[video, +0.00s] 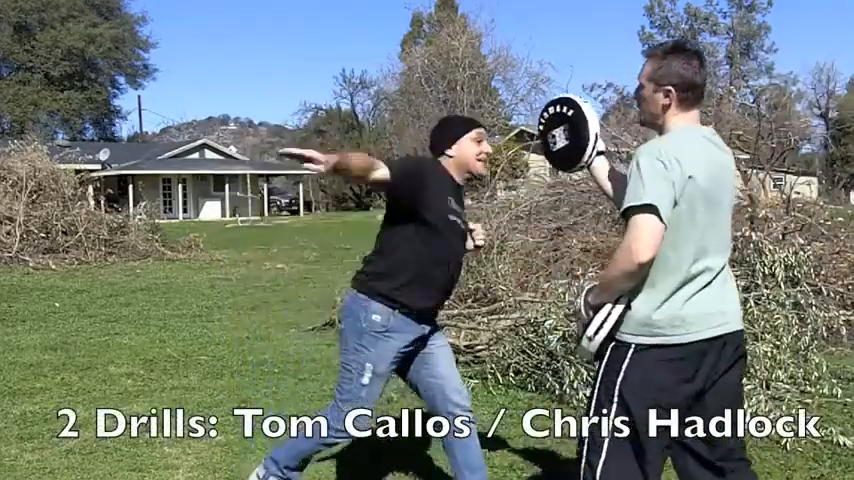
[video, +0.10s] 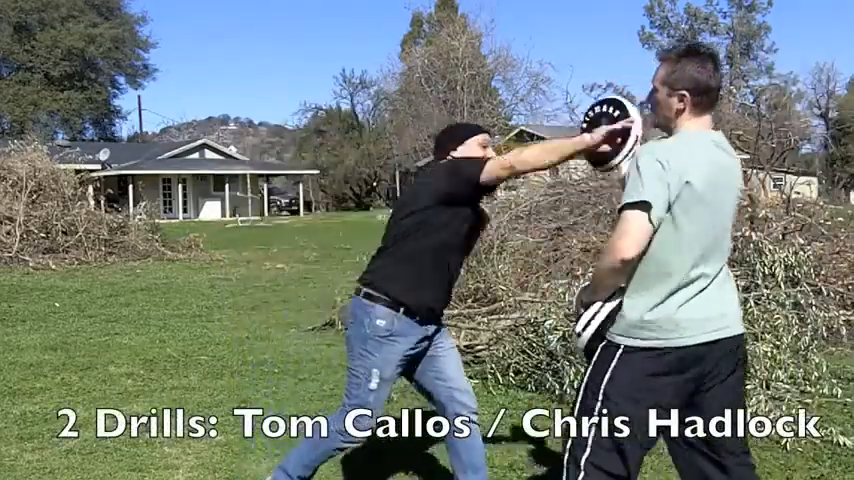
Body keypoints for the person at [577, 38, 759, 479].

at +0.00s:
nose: (635, 96)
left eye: (641, 86)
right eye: (638, 86)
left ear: (667, 95)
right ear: (687, 94)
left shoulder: (654, 155)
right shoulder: (717, 151)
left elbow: (639, 253)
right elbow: (643, 204)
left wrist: (595, 295)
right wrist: (594, 156)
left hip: (653, 340)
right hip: (720, 333)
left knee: (614, 462)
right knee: (720, 459)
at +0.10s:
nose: (649, 102)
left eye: (655, 93)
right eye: (652, 92)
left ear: (681, 101)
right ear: (705, 101)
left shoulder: (655, 156)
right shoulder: (727, 156)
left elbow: (623, 253)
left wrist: (591, 294)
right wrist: (632, 163)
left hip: (647, 340)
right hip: (719, 335)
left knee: (595, 462)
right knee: (723, 460)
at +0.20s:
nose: (649, 104)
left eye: (654, 95)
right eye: (651, 93)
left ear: (676, 105)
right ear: (707, 107)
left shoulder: (637, 157)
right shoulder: (734, 172)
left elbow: (597, 244)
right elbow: (737, 249)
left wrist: (577, 299)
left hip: (629, 342)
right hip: (710, 344)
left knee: (579, 460)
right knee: (720, 463)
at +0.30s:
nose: (634, 110)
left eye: (637, 100)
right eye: (637, 100)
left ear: (651, 106)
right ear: (692, 111)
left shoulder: (611, 164)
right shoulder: (725, 179)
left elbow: (563, 239)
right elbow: (752, 281)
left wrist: (569, 304)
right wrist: (756, 323)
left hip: (612, 347)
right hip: (700, 349)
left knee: (567, 459)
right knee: (719, 465)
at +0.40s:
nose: (605, 125)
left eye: (607, 116)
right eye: (607, 116)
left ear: (619, 119)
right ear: (664, 121)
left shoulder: (585, 177)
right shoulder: (698, 184)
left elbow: (539, 252)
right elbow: (739, 275)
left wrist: (553, 310)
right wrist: (784, 344)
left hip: (595, 355)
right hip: (683, 356)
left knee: (554, 463)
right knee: (715, 468)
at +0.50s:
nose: (564, 130)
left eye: (565, 121)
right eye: (565, 120)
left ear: (576, 123)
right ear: (620, 121)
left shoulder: (554, 182)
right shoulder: (661, 177)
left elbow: (527, 266)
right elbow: (723, 246)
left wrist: (533, 314)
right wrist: (788, 288)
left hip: (581, 355)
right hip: (665, 350)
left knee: (540, 466)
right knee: (697, 465)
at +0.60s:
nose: (517, 125)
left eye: (518, 116)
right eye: (516, 115)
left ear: (532, 120)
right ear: (573, 110)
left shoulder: (536, 175)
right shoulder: (616, 159)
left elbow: (544, 264)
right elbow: (675, 188)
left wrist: (527, 311)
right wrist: (714, 185)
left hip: (586, 338)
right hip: (654, 324)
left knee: (542, 463)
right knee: (681, 450)